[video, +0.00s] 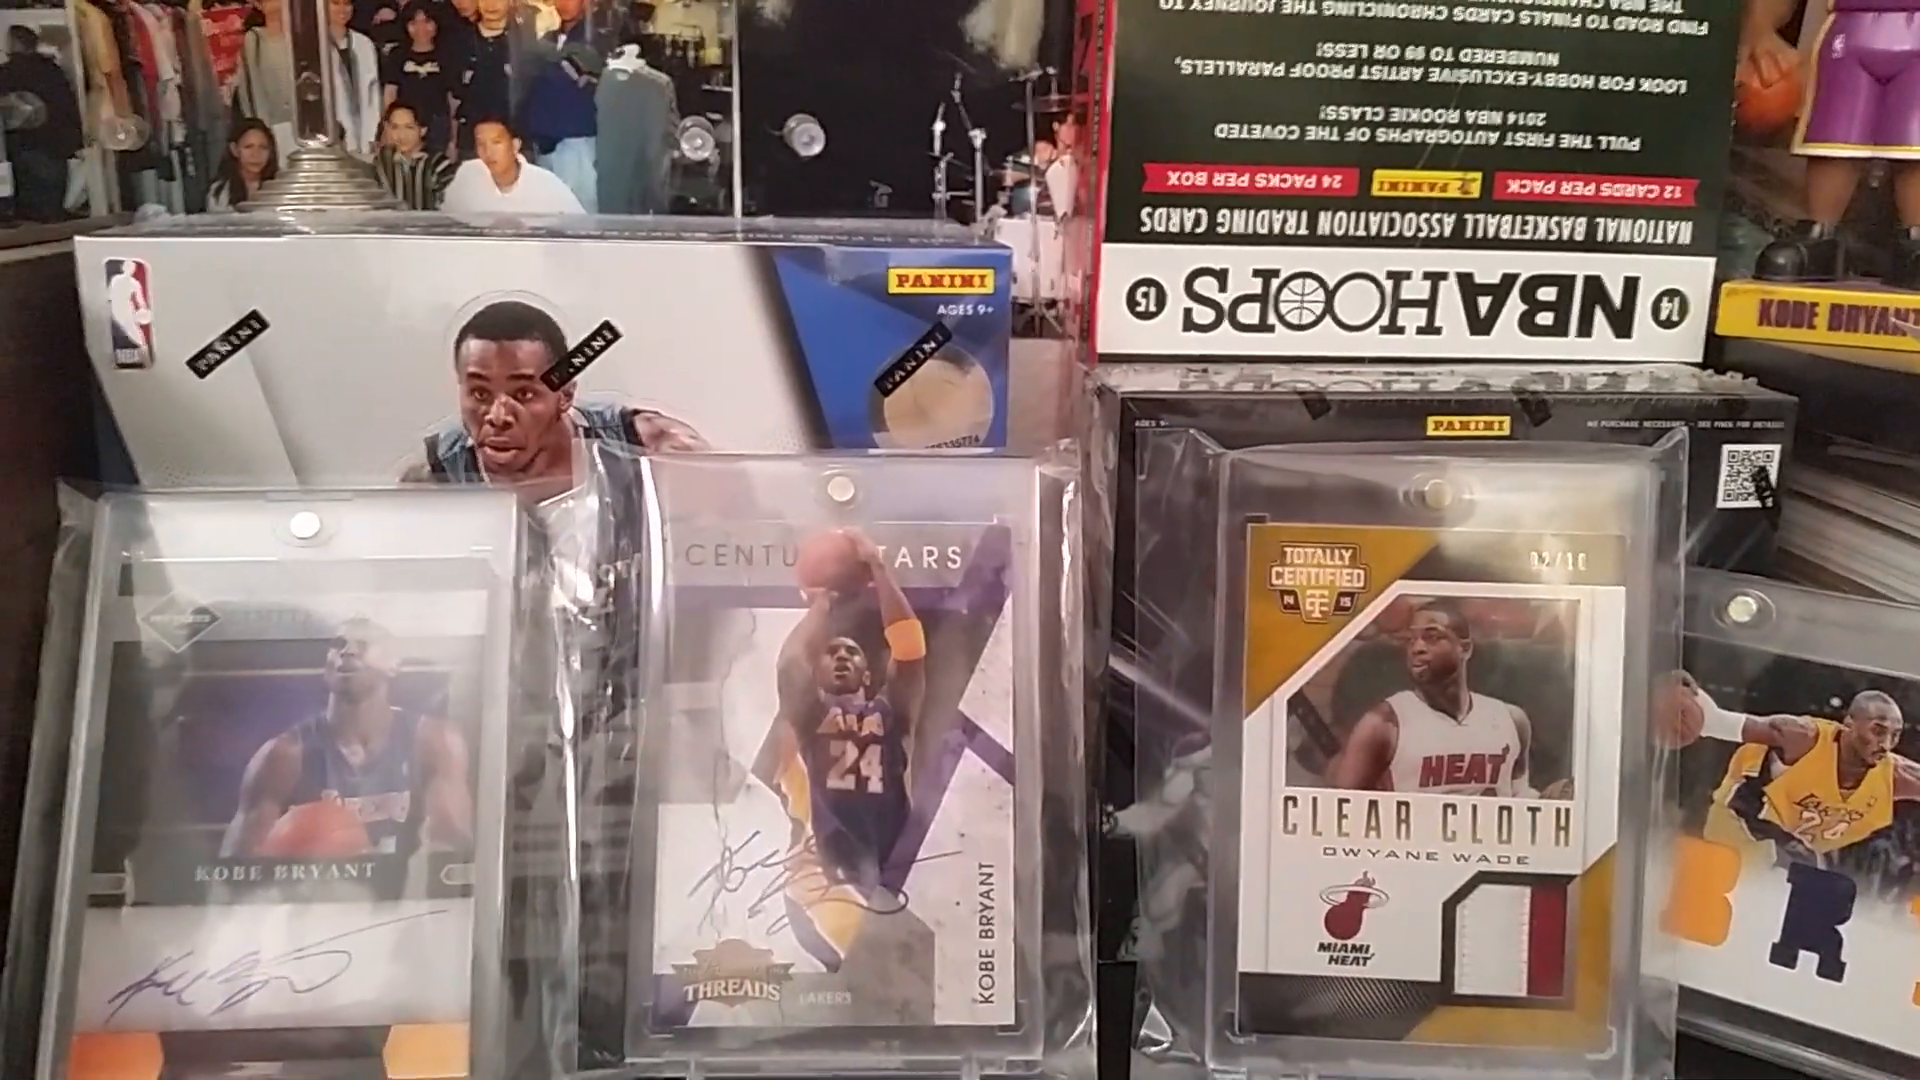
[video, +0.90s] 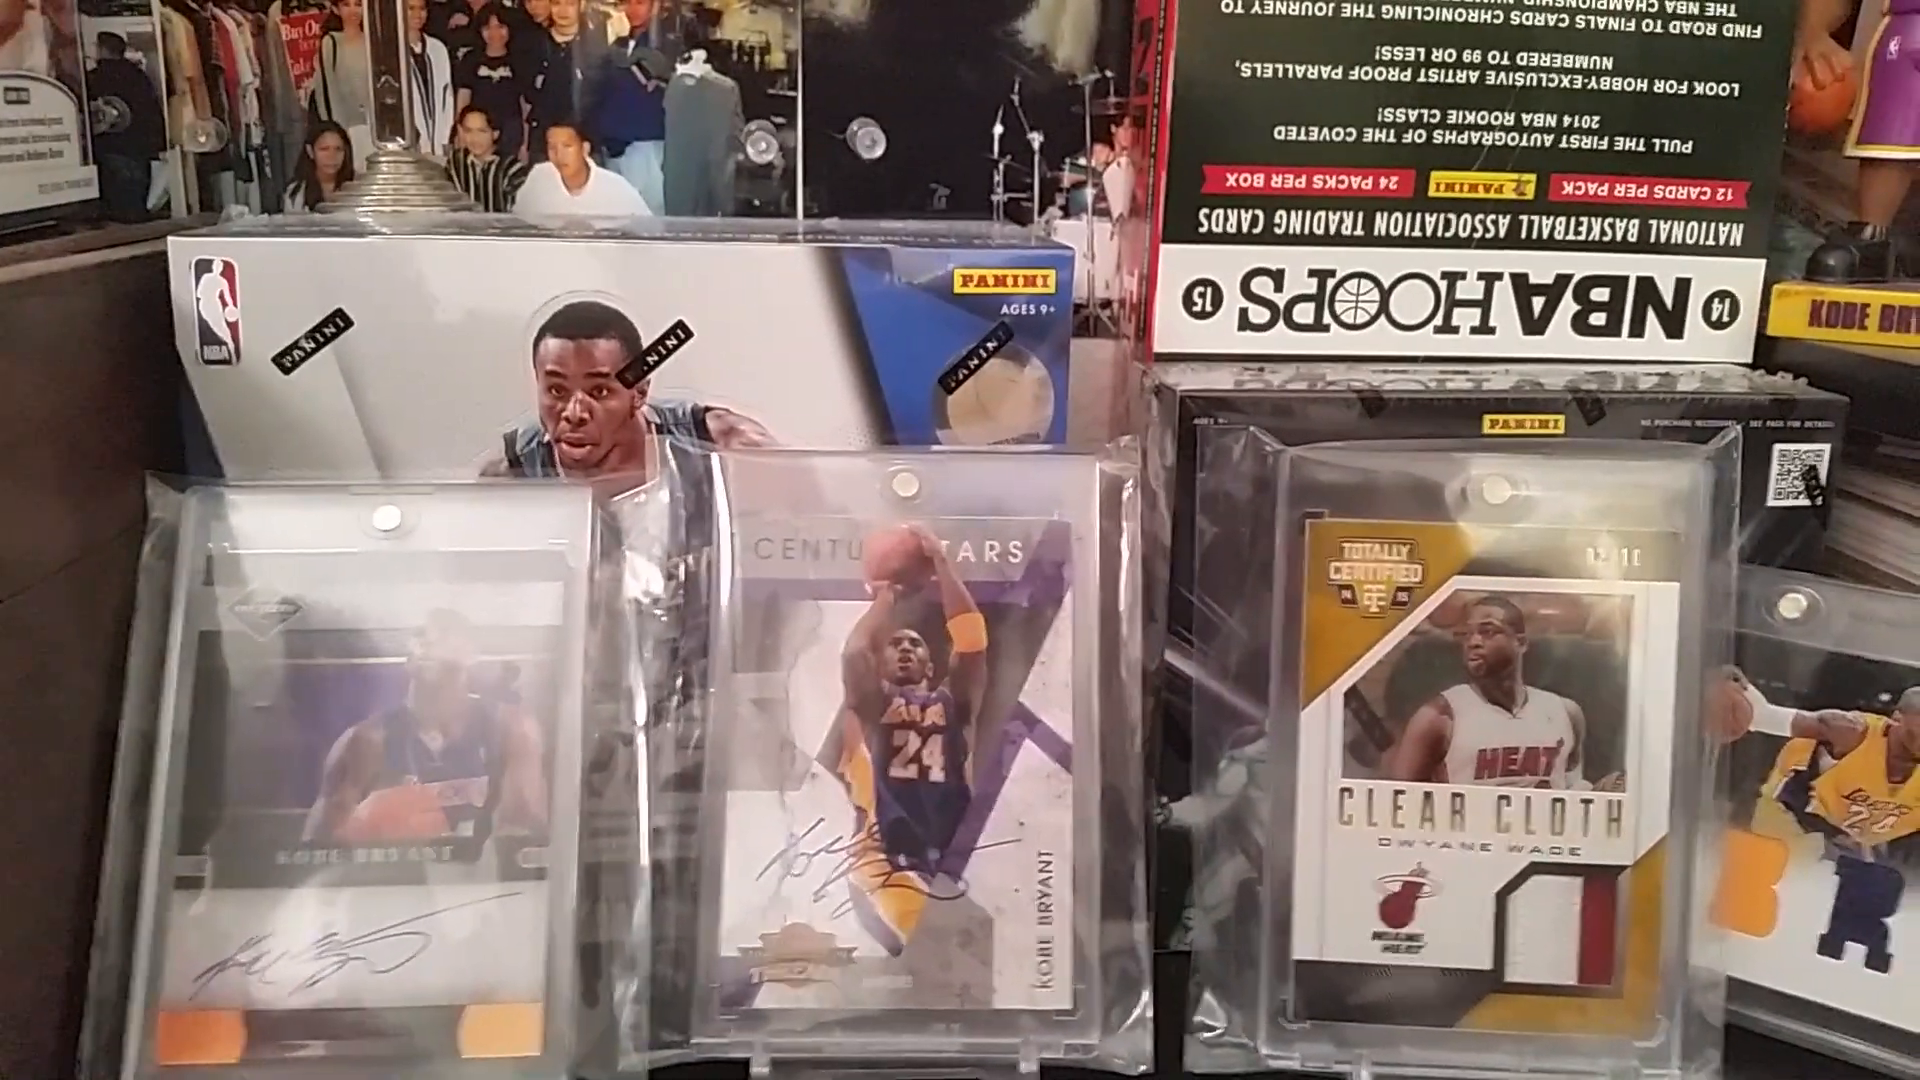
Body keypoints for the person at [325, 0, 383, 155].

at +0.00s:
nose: (344, 9)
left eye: (347, 4)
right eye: (336, 3)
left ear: (352, 8)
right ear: (324, 7)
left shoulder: (365, 44)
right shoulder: (316, 46)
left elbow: (374, 92)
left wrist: (371, 138)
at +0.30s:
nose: (356, 10)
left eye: (360, 4)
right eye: (350, 4)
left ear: (365, 8)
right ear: (339, 7)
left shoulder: (378, 44)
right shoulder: (331, 46)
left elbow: (387, 90)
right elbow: (331, 94)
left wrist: (385, 135)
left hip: (378, 139)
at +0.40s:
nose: (374, 10)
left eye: (380, 4)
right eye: (371, 4)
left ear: (387, 10)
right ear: (362, 9)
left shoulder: (402, 47)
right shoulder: (354, 48)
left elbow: (409, 96)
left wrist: (406, 139)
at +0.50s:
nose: (405, 10)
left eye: (407, 4)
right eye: (398, 4)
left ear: (410, 9)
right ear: (386, 10)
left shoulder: (425, 45)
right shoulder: (379, 49)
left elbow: (434, 91)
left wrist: (431, 133)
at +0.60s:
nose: (422, 12)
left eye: (425, 7)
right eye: (414, 6)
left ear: (429, 11)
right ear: (403, 10)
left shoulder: (442, 48)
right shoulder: (397, 51)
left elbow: (451, 92)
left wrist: (450, 133)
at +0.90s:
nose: (418, 14)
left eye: (422, 8)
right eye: (411, 8)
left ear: (427, 12)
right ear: (400, 12)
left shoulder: (439, 49)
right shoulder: (393, 51)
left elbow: (448, 94)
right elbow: (396, 100)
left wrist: (443, 141)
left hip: (440, 144)